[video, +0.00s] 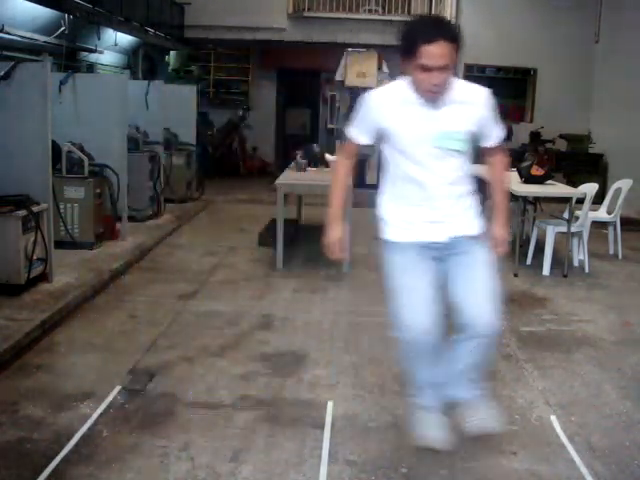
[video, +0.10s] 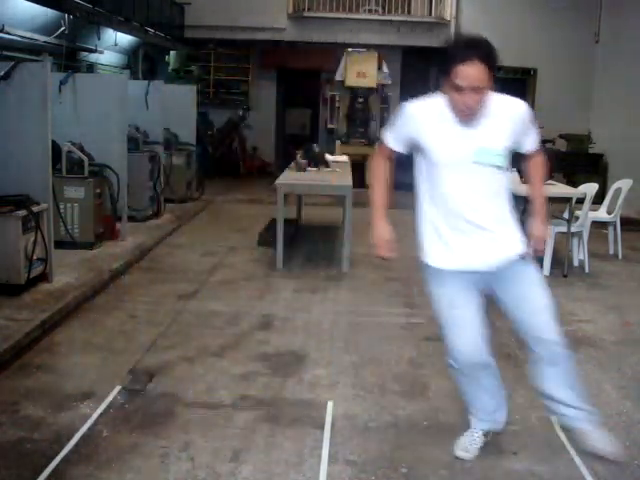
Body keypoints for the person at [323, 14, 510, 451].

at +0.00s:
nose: (437, 78)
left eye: (445, 68)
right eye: (427, 68)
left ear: (456, 63)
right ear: (406, 64)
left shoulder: (477, 100)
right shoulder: (380, 103)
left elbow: (496, 156)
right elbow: (347, 154)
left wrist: (499, 220)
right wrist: (335, 220)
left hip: (465, 235)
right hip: (405, 239)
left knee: (483, 321)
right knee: (419, 329)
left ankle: (464, 392)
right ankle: (427, 405)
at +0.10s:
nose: (469, 99)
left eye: (478, 89)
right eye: (459, 89)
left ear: (490, 84)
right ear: (444, 83)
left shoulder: (513, 113)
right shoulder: (416, 116)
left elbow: (534, 155)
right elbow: (381, 155)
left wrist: (539, 216)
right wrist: (380, 222)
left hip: (506, 255)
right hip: (447, 262)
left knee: (547, 337)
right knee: (466, 353)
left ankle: (578, 420)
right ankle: (487, 419)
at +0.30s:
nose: (501, 141)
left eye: (511, 131)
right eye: (495, 130)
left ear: (537, 127)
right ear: (488, 125)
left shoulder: (568, 163)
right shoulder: (472, 163)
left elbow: (589, 222)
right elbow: (458, 215)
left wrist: (606, 287)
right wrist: (447, 276)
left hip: (558, 283)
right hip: (494, 280)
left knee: (596, 363)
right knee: (469, 356)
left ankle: (614, 434)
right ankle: (478, 424)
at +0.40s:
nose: (483, 114)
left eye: (493, 105)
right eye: (478, 103)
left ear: (521, 101)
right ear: (471, 99)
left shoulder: (551, 138)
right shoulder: (456, 135)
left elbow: (576, 197)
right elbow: (443, 188)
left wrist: (585, 265)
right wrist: (439, 252)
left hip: (543, 272)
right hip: (480, 269)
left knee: (576, 351)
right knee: (456, 352)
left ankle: (612, 434)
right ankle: (468, 417)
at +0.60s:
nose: (436, 74)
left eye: (446, 64)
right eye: (432, 64)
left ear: (477, 60)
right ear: (426, 61)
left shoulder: (511, 105)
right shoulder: (412, 94)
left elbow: (532, 161)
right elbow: (391, 137)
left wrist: (525, 229)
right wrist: (386, 198)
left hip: (480, 240)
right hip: (421, 236)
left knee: (471, 331)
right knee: (424, 328)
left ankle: (473, 403)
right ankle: (441, 404)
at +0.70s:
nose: (410, 83)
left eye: (418, 73)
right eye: (406, 73)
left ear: (451, 70)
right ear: (402, 70)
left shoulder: (485, 121)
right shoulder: (391, 106)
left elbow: (499, 190)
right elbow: (373, 157)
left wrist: (491, 258)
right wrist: (364, 216)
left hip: (445, 255)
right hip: (387, 245)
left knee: (428, 346)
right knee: (370, 331)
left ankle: (419, 419)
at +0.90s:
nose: (340, 78)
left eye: (350, 70)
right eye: (338, 68)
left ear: (383, 72)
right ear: (335, 65)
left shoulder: (410, 127)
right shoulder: (321, 98)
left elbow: (421, 198)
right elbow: (299, 158)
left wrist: (418, 270)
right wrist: (280, 217)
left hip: (367, 258)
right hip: (304, 248)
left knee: (385, 342)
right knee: (278, 334)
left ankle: (421, 419)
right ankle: (269, 408)